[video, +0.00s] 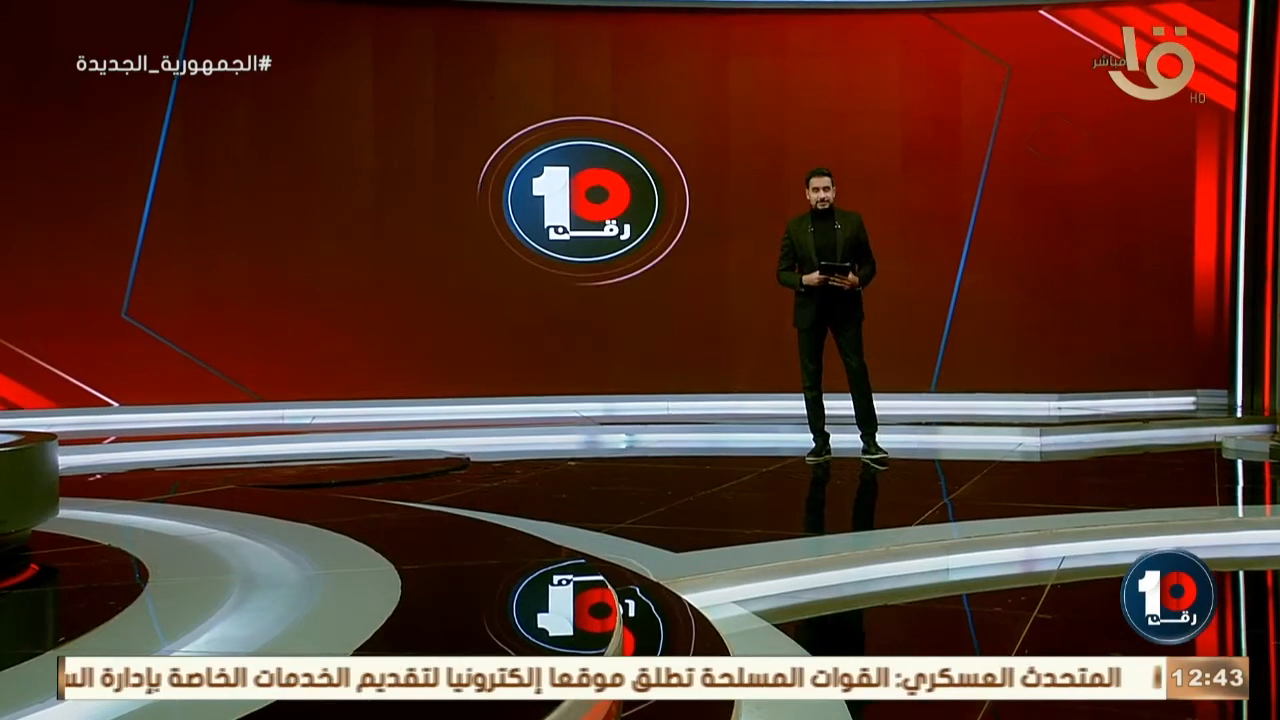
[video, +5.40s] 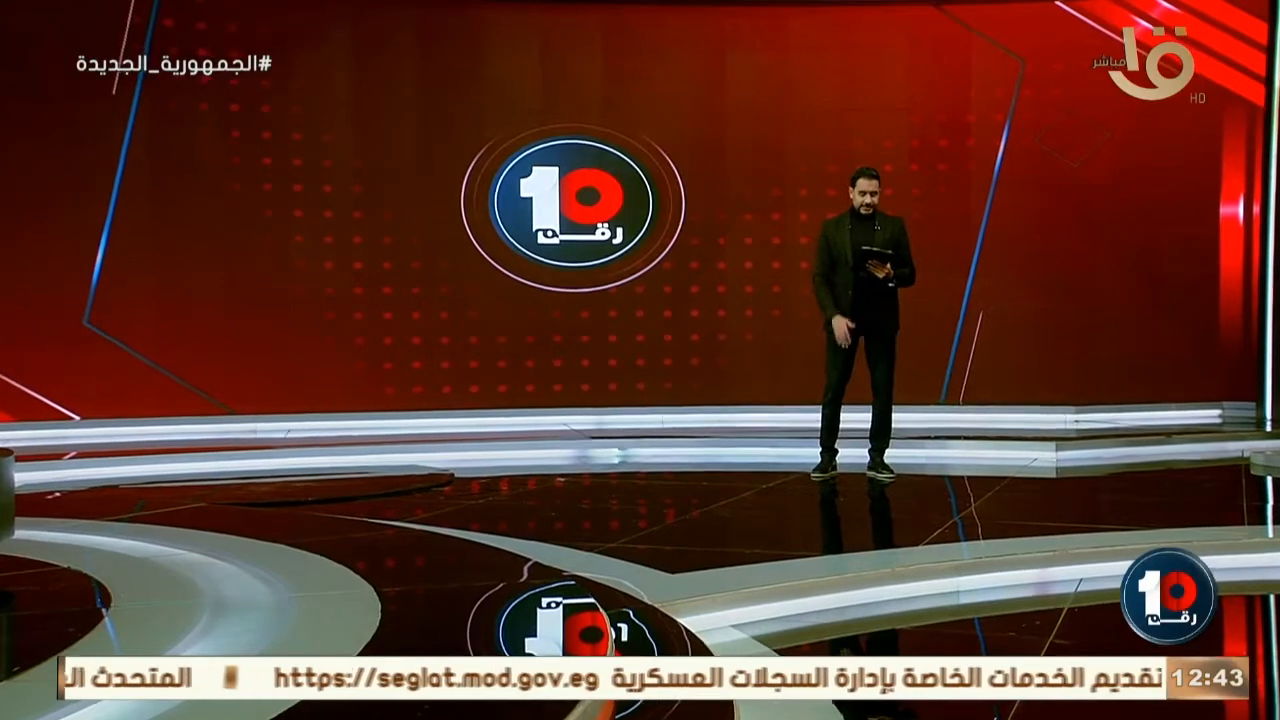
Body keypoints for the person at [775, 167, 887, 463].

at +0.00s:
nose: (822, 194)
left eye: (826, 189)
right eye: (816, 190)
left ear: (834, 191)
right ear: (807, 193)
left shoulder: (852, 222)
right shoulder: (795, 228)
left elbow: (869, 265)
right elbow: (783, 274)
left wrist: (858, 279)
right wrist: (803, 279)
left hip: (846, 310)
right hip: (810, 313)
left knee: (857, 372)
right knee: (811, 379)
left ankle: (869, 441)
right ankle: (820, 442)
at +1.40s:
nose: (866, 205)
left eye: (872, 199)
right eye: (861, 199)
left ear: (879, 197)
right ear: (852, 195)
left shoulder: (895, 225)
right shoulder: (838, 226)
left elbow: (909, 272)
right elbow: (822, 272)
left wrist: (887, 272)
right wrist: (836, 269)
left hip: (882, 315)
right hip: (846, 314)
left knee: (882, 381)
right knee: (833, 375)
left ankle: (873, 447)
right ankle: (825, 443)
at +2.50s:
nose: (860, 204)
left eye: (866, 198)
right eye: (855, 198)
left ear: (874, 196)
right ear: (846, 195)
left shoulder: (889, 225)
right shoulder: (833, 225)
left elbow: (903, 273)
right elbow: (820, 273)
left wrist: (880, 271)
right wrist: (820, 313)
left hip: (877, 316)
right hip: (840, 315)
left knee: (879, 383)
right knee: (830, 379)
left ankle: (873, 449)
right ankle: (824, 447)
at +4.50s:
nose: (850, 202)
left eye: (855, 196)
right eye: (844, 196)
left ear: (862, 195)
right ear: (832, 194)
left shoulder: (875, 225)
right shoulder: (815, 227)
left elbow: (890, 272)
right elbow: (800, 267)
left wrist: (872, 272)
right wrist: (788, 302)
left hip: (863, 318)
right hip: (825, 318)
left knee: (870, 385)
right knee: (822, 387)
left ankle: (874, 455)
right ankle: (824, 454)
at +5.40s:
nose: (868, 199)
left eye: (874, 194)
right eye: (863, 193)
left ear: (880, 195)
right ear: (851, 192)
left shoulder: (893, 227)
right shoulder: (833, 228)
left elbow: (909, 276)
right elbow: (820, 278)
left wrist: (891, 274)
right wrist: (833, 316)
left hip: (882, 322)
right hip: (844, 321)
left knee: (883, 391)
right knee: (834, 389)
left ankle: (877, 458)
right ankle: (827, 456)